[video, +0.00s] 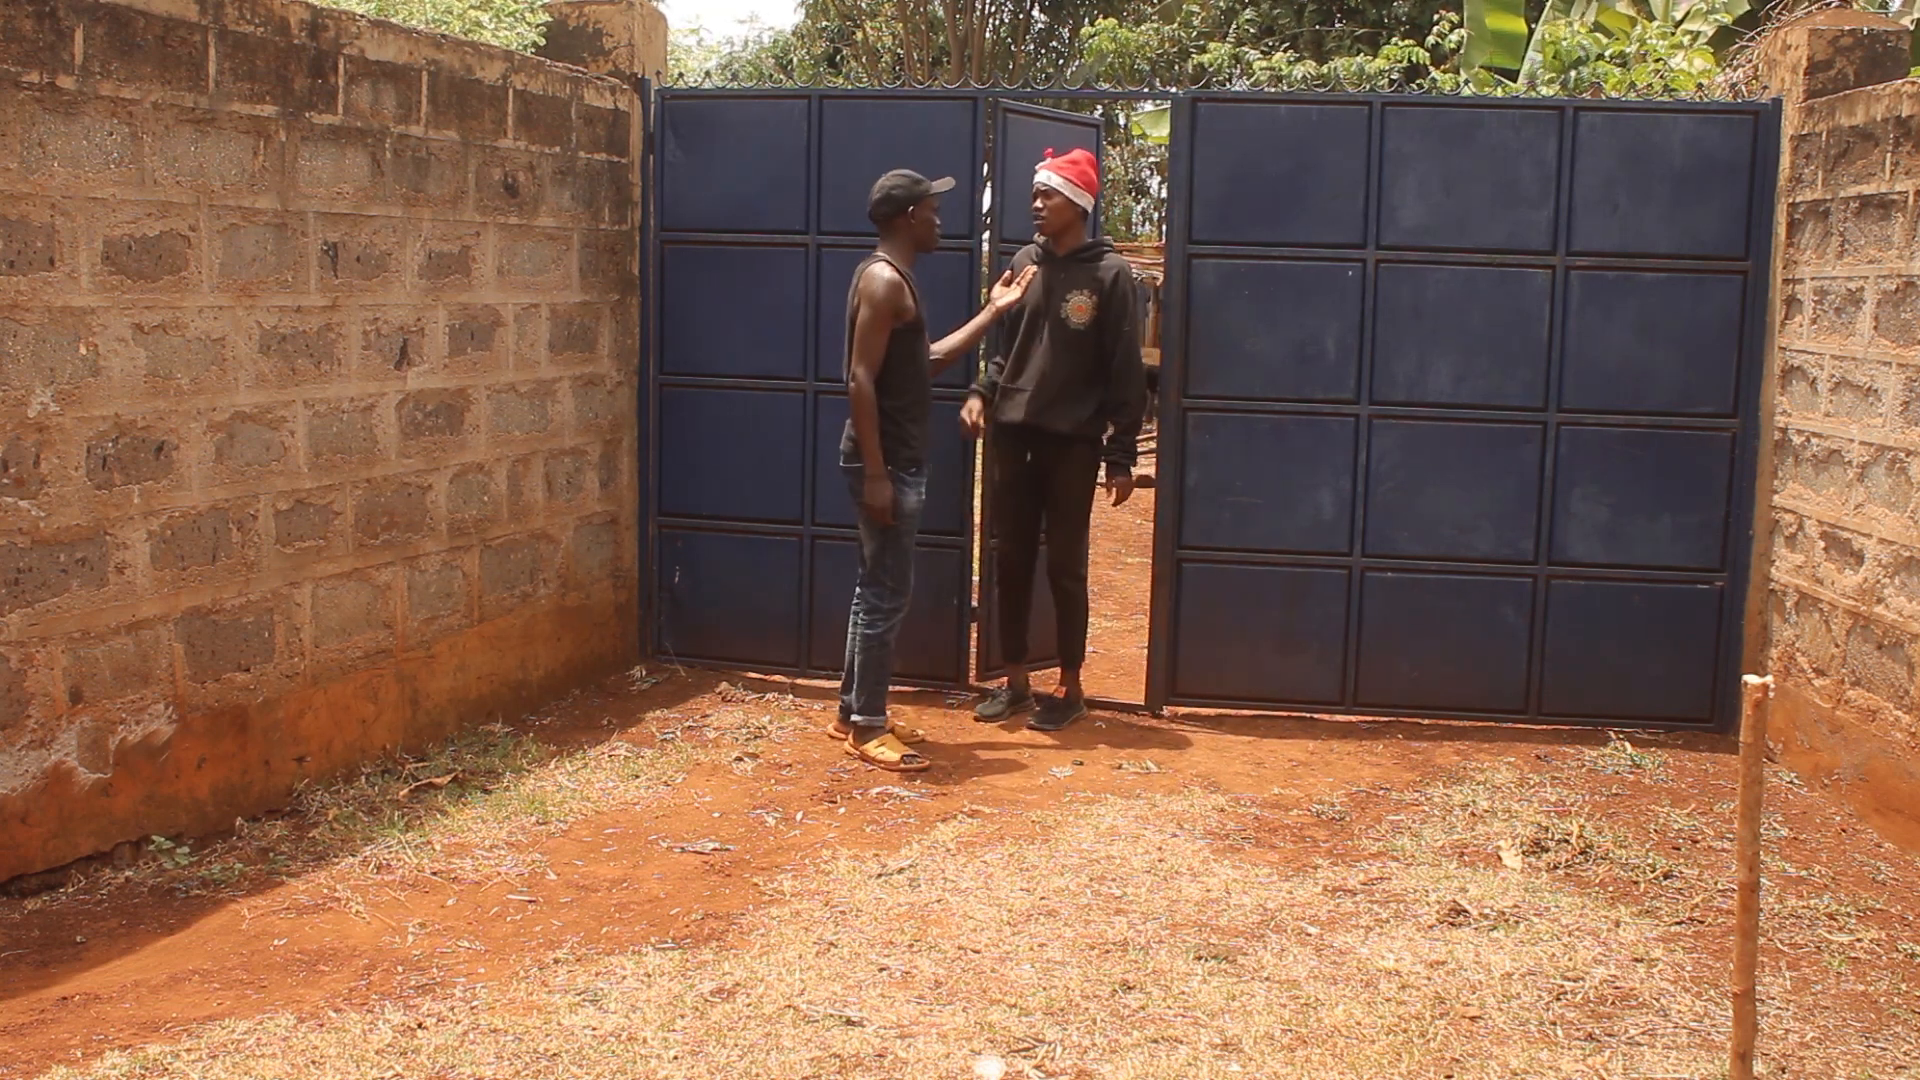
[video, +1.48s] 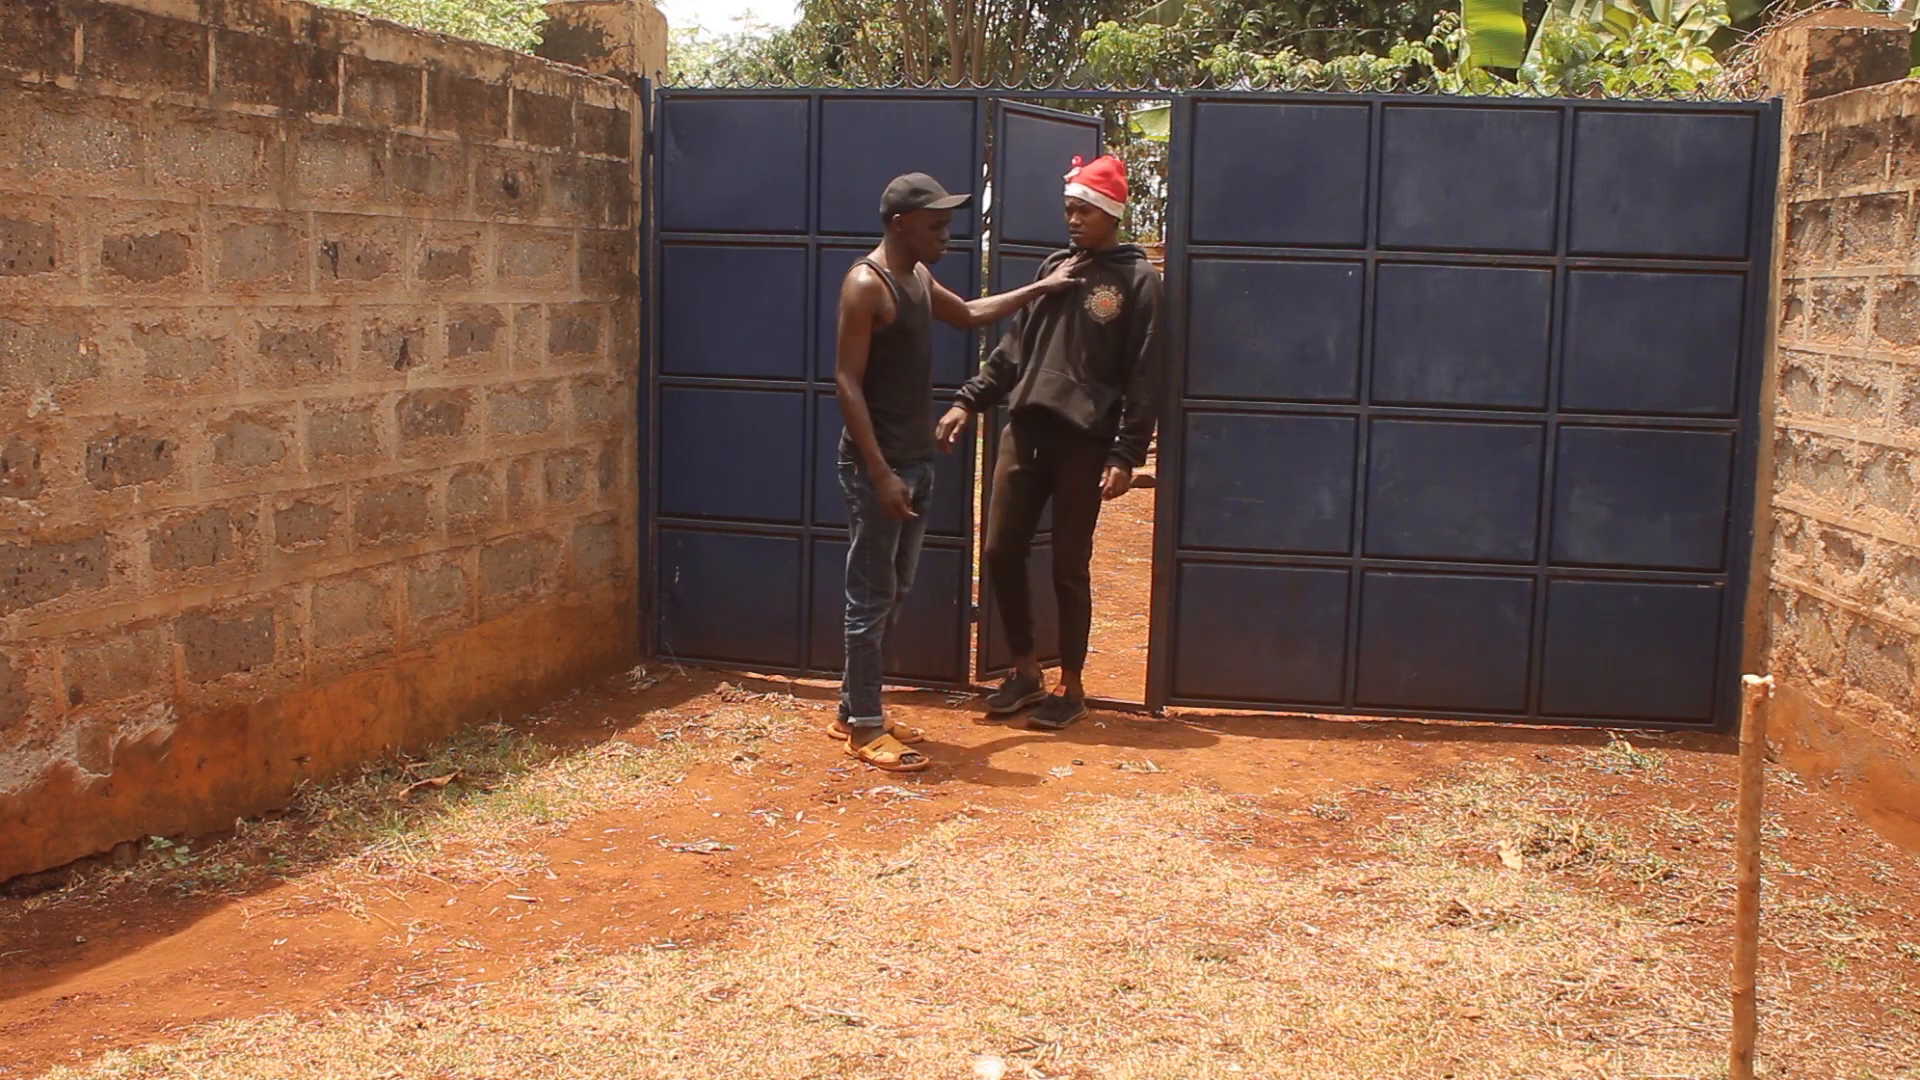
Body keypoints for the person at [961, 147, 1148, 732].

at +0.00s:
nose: (1036, 204)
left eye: (1048, 195)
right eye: (1036, 195)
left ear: (1081, 204)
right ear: (1038, 202)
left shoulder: (1114, 274)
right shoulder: (1023, 266)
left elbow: (1129, 369)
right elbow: (1000, 341)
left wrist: (1121, 454)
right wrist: (979, 392)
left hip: (1072, 440)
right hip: (1010, 435)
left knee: (1065, 565)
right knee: (1009, 560)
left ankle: (1069, 688)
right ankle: (1014, 683)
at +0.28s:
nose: (1032, 203)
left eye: (1043, 195)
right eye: (1029, 195)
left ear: (1074, 201)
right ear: (1030, 202)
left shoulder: (1102, 270)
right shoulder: (1021, 267)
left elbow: (1109, 372)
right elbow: (999, 342)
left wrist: (1092, 458)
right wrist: (981, 294)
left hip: (1063, 440)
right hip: (1007, 434)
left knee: (1063, 567)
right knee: (1010, 561)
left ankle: (1070, 688)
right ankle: (1014, 682)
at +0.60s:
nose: (1042, 206)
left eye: (1054, 197)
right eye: (1040, 196)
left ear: (1086, 205)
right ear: (1039, 201)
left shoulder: (1113, 278)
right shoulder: (1027, 268)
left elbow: (1104, 377)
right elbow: (1001, 352)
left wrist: (1063, 445)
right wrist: (963, 392)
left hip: (1065, 442)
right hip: (1008, 435)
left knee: (1065, 567)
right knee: (1011, 560)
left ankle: (1070, 689)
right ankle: (1014, 681)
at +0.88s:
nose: (1043, 207)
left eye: (1055, 198)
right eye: (1040, 197)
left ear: (1088, 205)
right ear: (1039, 202)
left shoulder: (1118, 278)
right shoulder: (1025, 269)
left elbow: (1121, 377)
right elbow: (1000, 351)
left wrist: (1105, 460)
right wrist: (996, 423)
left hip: (1073, 444)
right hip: (1013, 437)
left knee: (1070, 568)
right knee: (1013, 562)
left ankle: (1071, 688)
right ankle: (1016, 681)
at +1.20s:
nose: (1052, 209)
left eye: (1065, 201)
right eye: (1050, 198)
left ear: (1096, 208)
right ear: (1048, 202)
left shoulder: (1123, 280)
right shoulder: (1029, 265)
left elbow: (1133, 373)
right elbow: (1000, 351)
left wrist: (1123, 457)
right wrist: (983, 424)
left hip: (1078, 438)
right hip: (1016, 433)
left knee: (1072, 566)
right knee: (1015, 561)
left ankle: (1071, 688)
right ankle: (1015, 682)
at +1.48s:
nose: (1072, 216)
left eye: (1084, 208)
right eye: (1069, 206)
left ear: (1114, 212)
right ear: (1068, 210)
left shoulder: (1139, 277)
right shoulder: (1054, 267)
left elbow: (1145, 372)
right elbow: (1012, 345)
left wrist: (1124, 453)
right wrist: (967, 402)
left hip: (1085, 435)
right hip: (1025, 427)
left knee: (1069, 564)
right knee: (999, 552)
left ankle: (1071, 688)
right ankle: (1024, 674)